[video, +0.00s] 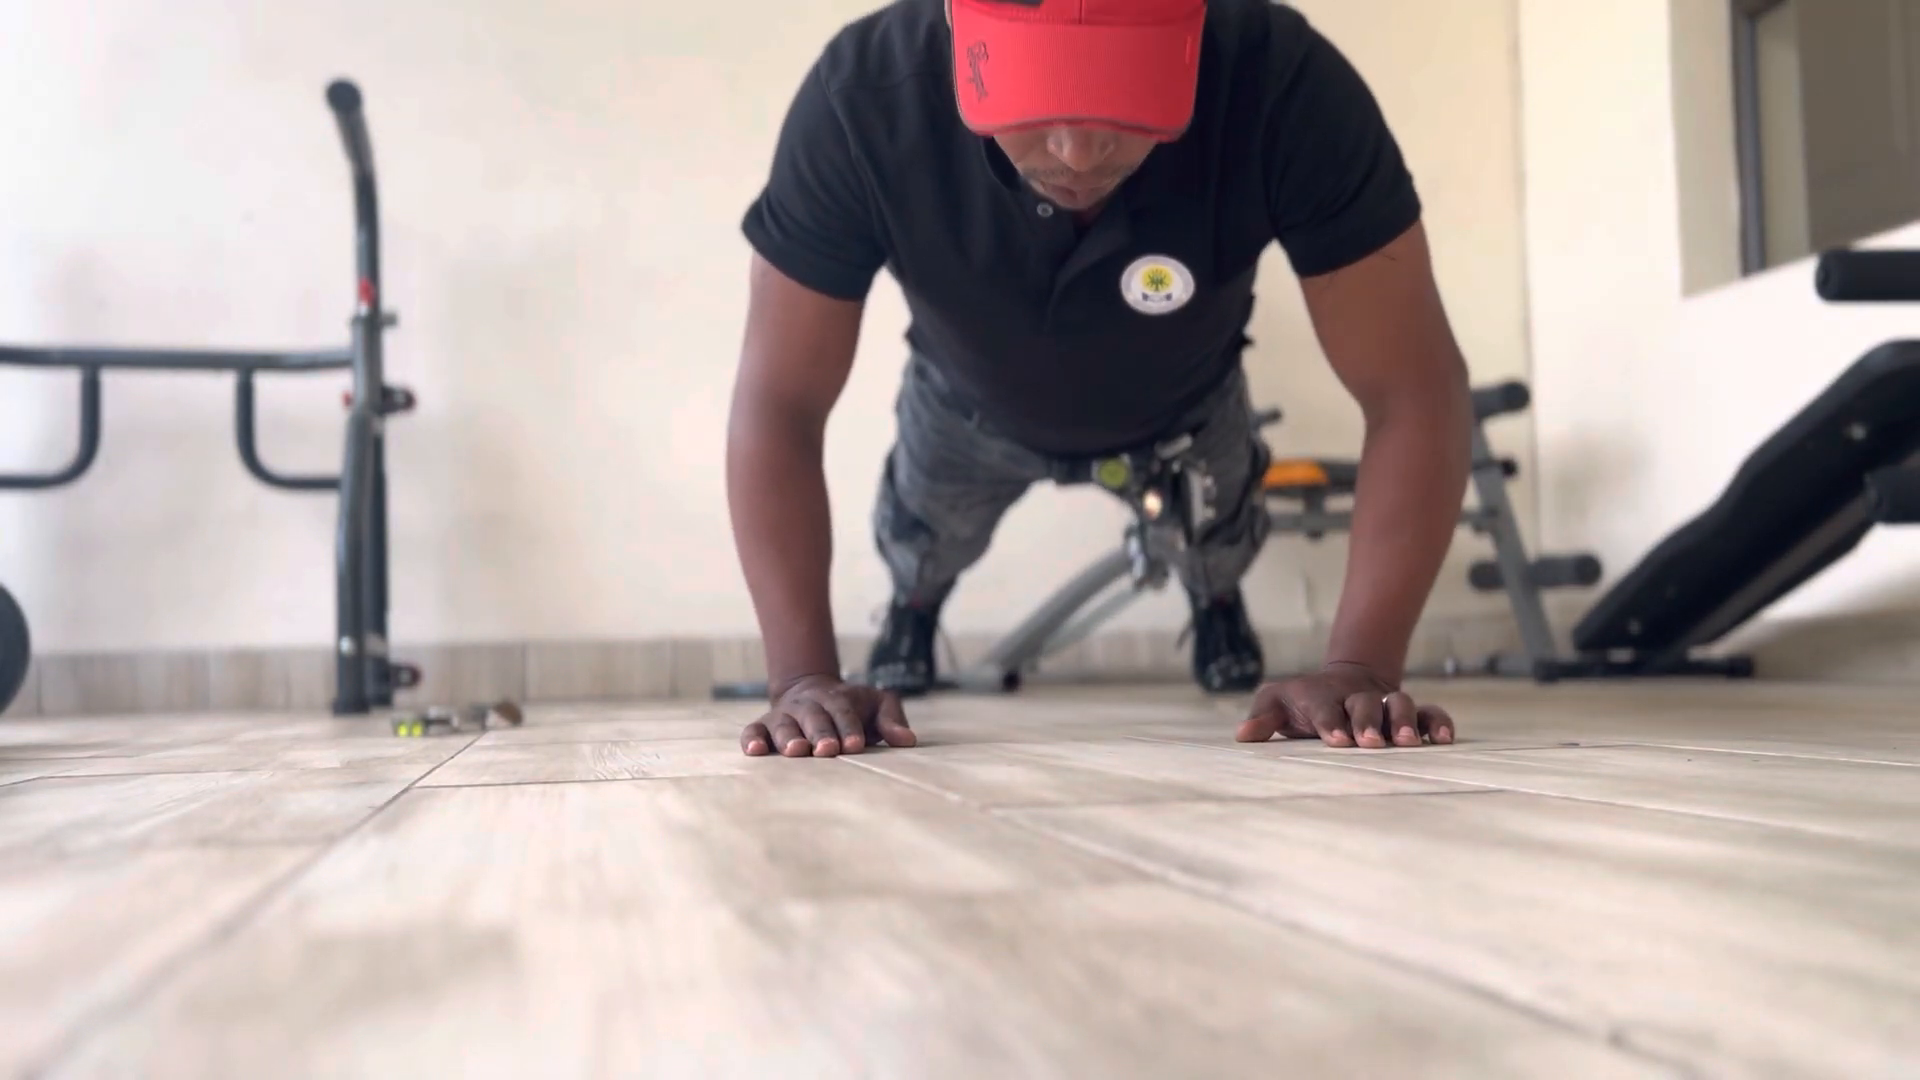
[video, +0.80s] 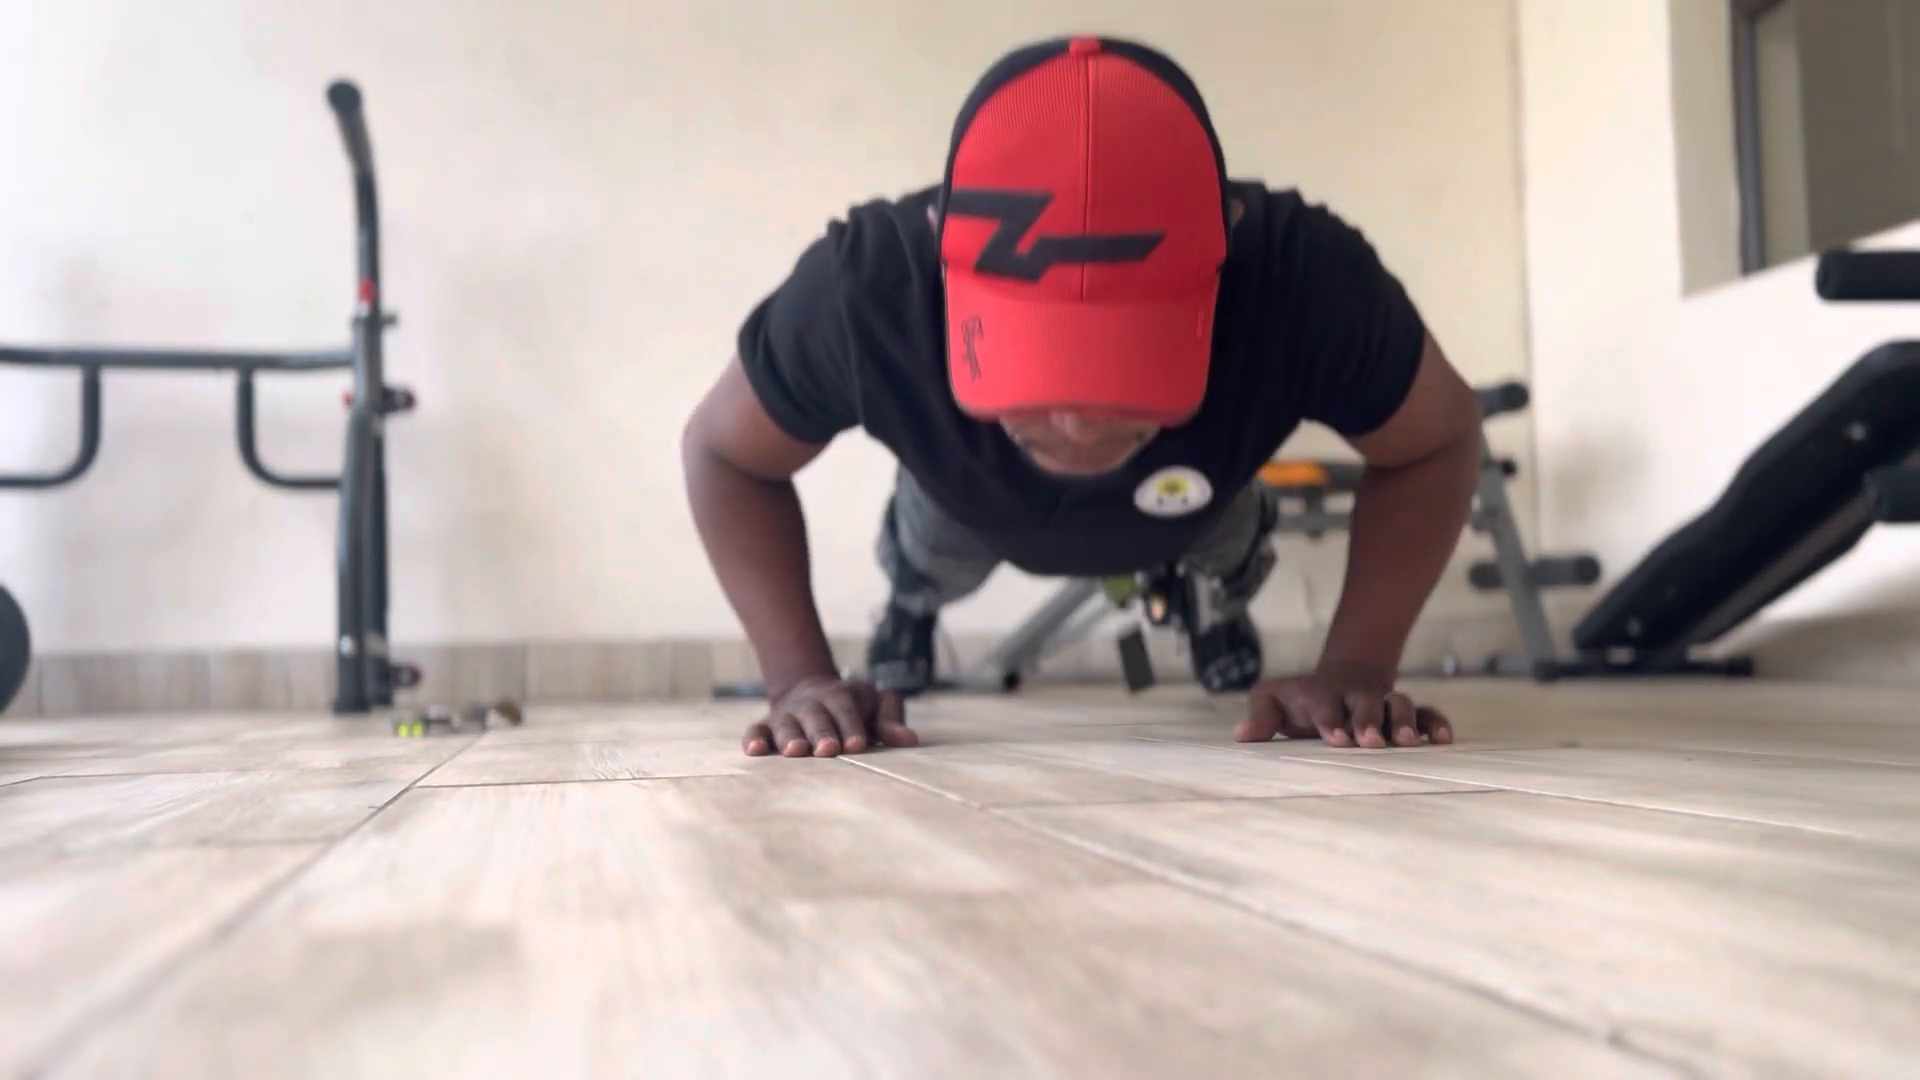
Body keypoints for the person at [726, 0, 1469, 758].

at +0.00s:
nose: (1074, 155)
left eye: (1118, 119)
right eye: (1032, 118)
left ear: (1184, 56)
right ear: (961, 54)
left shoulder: (1281, 83)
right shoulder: (866, 96)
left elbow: (1418, 390)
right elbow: (777, 407)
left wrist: (1359, 668)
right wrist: (799, 682)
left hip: (1184, 407)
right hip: (972, 406)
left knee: (1217, 530)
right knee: (928, 535)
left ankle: (1219, 610)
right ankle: (915, 621)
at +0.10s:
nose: (1080, 228)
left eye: (1122, 187)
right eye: (1039, 187)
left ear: (1189, 110)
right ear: (963, 104)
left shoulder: (1284, 124)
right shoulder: (868, 138)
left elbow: (1430, 405)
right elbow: (761, 425)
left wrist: (1361, 668)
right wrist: (794, 679)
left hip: (1186, 418)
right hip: (974, 424)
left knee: (1221, 535)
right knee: (929, 542)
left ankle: (1219, 613)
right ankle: (917, 621)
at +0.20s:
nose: (1081, 401)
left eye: (1122, 369)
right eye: (1043, 371)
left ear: (1213, 235)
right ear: (961, 245)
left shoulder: (1294, 230)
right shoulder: (871, 241)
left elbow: (1439, 432)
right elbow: (738, 456)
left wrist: (1361, 670)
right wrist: (795, 679)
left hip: (1191, 473)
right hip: (974, 478)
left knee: (1228, 550)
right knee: (930, 564)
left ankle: (1221, 614)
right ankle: (914, 616)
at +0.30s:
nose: (1090, 511)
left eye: (1131, 470)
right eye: (1053, 475)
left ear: (1221, 308)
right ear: (951, 327)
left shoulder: (1299, 311)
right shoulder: (867, 326)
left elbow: (1441, 450)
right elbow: (718, 469)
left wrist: (1361, 671)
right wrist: (794, 681)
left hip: (1203, 527)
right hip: (971, 530)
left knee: (1230, 567)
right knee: (922, 579)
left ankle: (1217, 610)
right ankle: (909, 621)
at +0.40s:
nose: (1098, 583)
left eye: (1142, 552)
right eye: (1061, 557)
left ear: (1220, 379)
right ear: (956, 398)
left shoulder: (1301, 355)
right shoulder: (866, 372)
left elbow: (1449, 450)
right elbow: (714, 471)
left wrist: (1358, 672)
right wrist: (798, 683)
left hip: (1212, 563)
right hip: (960, 566)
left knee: (1228, 602)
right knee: (911, 597)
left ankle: (1204, 628)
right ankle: (902, 640)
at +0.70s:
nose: (1092, 621)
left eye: (1140, 591)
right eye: (1051, 589)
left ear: (1225, 448)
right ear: (959, 447)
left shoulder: (1310, 387)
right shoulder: (866, 400)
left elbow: (1452, 444)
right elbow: (711, 457)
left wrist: (1358, 670)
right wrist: (798, 677)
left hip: (1208, 576)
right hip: (959, 578)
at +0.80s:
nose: (1074, 436)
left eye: (1120, 402)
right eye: (1033, 400)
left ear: (1210, 284)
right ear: (953, 287)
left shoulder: (1303, 274)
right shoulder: (867, 283)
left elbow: (1436, 440)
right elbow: (724, 454)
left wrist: (1356, 668)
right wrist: (796, 679)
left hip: (1187, 508)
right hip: (976, 515)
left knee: (1225, 560)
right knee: (929, 573)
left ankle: (1212, 586)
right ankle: (914, 607)